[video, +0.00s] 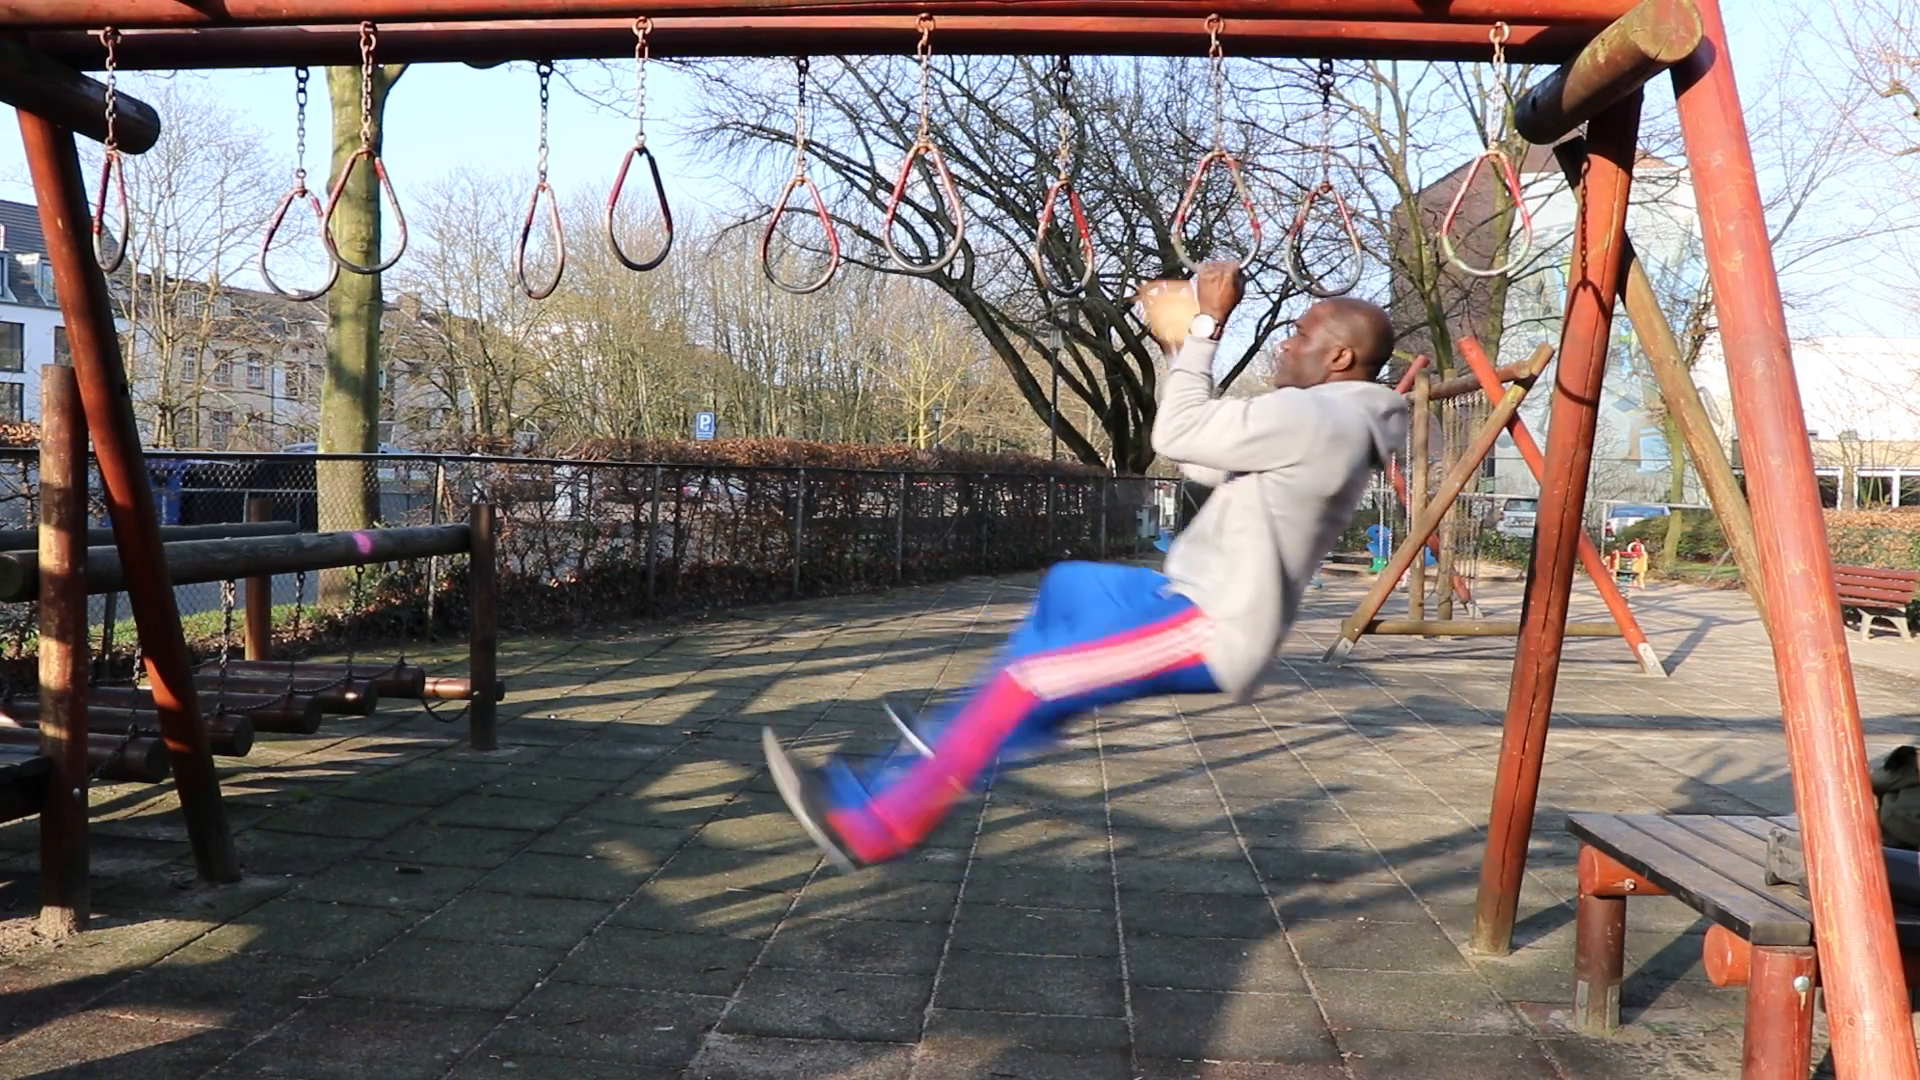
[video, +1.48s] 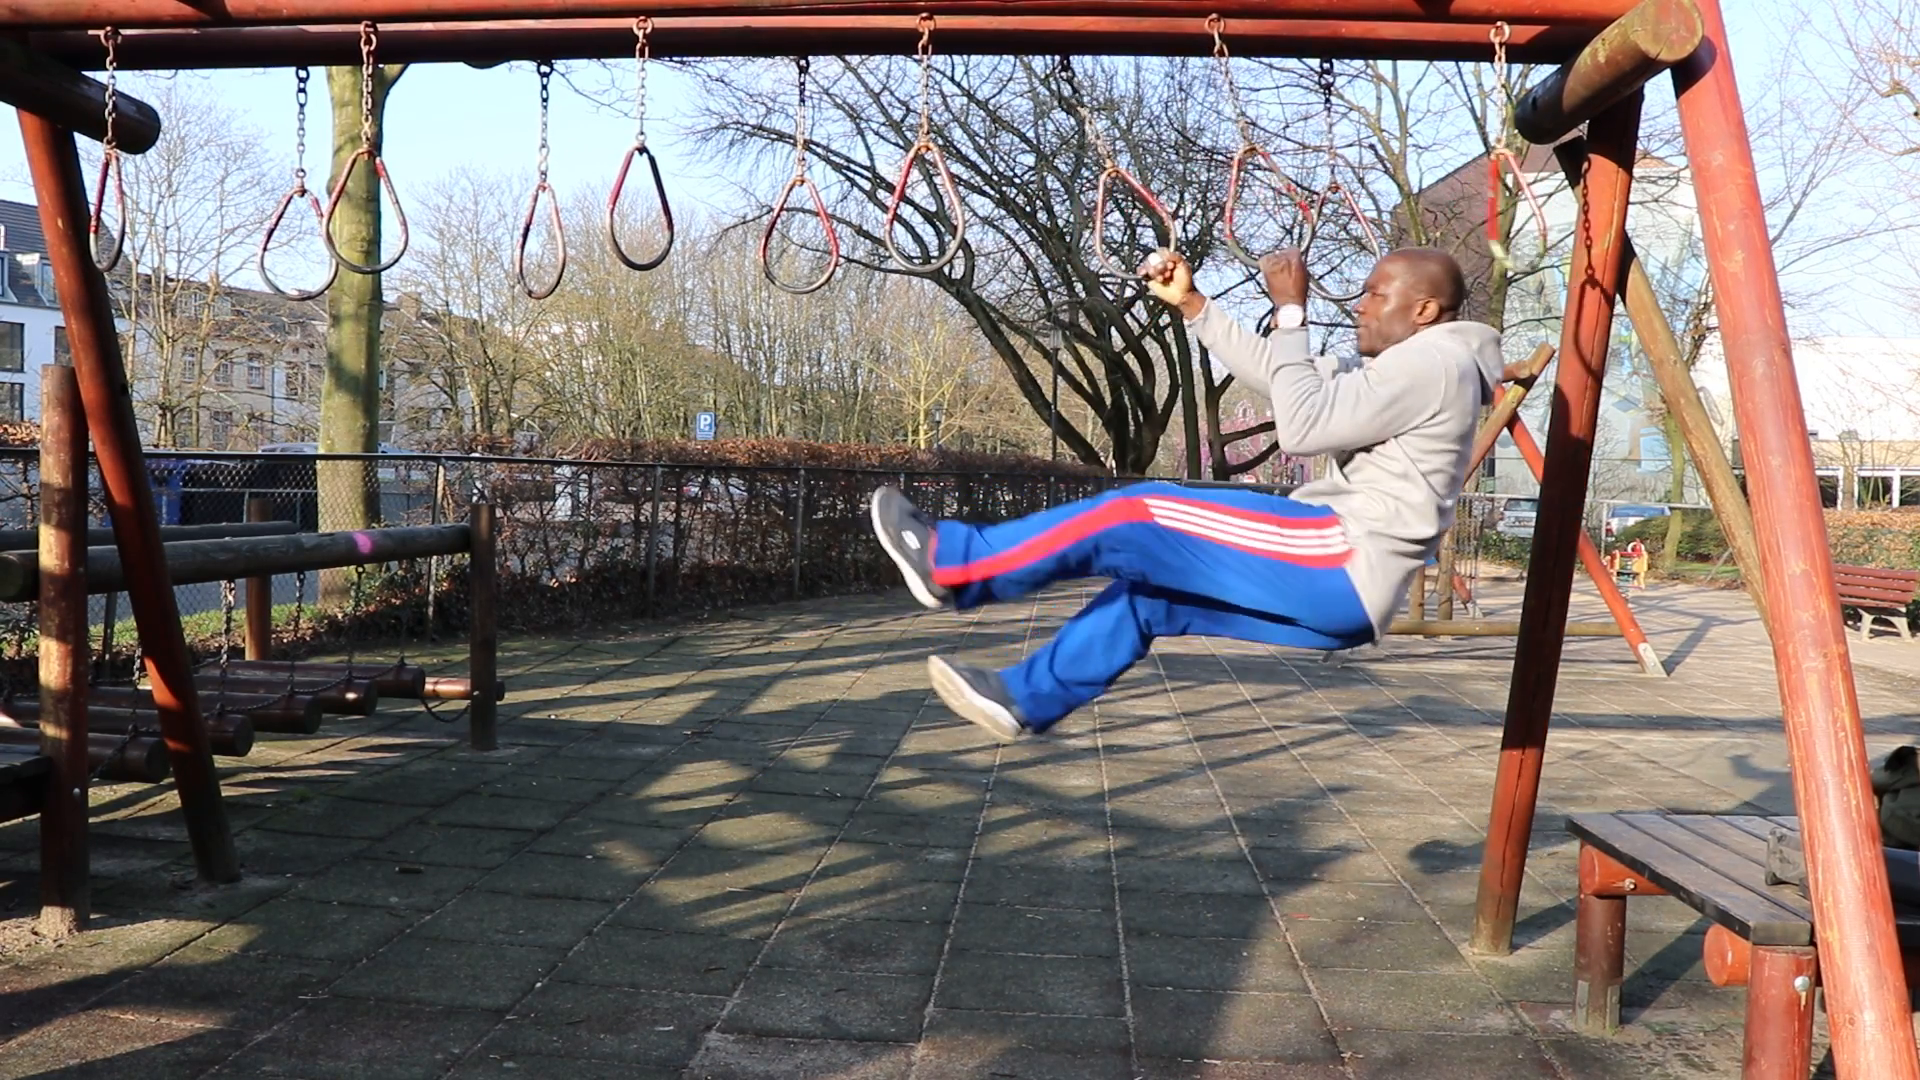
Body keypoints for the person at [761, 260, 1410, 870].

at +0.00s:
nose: (1285, 347)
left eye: (1300, 338)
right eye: (1294, 334)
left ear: (1333, 359)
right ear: (1351, 365)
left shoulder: (1319, 418)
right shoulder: (1326, 418)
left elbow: (1180, 434)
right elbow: (1201, 440)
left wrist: (1206, 326)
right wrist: (1190, 344)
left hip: (1218, 624)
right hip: (1207, 605)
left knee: (1029, 676)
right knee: (1068, 588)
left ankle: (878, 822)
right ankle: (948, 748)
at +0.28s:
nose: (1234, 362)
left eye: (1252, 353)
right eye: (1245, 351)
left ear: (1279, 377)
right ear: (1295, 396)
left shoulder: (1236, 434)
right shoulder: (1267, 459)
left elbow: (1103, 413)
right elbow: (1132, 421)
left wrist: (1160, 313)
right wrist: (1098, 328)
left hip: (1075, 607)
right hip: (1096, 635)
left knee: (879, 515)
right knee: (918, 600)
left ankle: (690, 481)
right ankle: (784, 671)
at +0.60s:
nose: (1204, 365)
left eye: (1219, 364)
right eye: (1218, 360)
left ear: (1235, 386)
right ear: (1258, 414)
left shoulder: (1180, 418)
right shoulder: (1228, 473)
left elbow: (1052, 390)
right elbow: (1079, 397)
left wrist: (1118, 298)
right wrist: (1017, 294)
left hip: (993, 574)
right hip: (1011, 653)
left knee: (830, 473)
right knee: (850, 677)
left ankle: (657, 436)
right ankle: (691, 758)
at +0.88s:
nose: (1238, 343)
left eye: (1251, 338)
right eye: (1248, 334)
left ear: (1277, 357)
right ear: (1305, 383)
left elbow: (1088, 387)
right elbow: (1121, 430)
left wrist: (1145, 298)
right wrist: (1072, 323)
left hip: (1061, 557)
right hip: (1100, 638)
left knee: (890, 506)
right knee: (950, 681)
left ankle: (729, 537)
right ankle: (841, 804)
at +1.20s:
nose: (1332, 308)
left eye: (1348, 297)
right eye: (1339, 295)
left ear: (1390, 315)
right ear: (1403, 324)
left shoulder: (1366, 362)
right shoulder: (1401, 394)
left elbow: (1231, 414)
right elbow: (1239, 431)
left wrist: (1218, 308)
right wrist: (1200, 317)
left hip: (1242, 553)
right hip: (1273, 618)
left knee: (1037, 504)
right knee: (1079, 616)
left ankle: (859, 546)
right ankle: (947, 732)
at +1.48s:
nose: (1360, 304)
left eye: (1378, 294)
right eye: (1365, 291)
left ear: (1426, 313)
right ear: (1412, 312)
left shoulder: (1435, 361)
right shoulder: (1407, 365)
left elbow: (1309, 426)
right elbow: (1287, 386)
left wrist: (1291, 312)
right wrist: (1195, 306)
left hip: (1344, 563)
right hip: (1348, 591)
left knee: (1134, 511)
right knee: (1149, 596)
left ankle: (949, 561)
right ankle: (1020, 701)